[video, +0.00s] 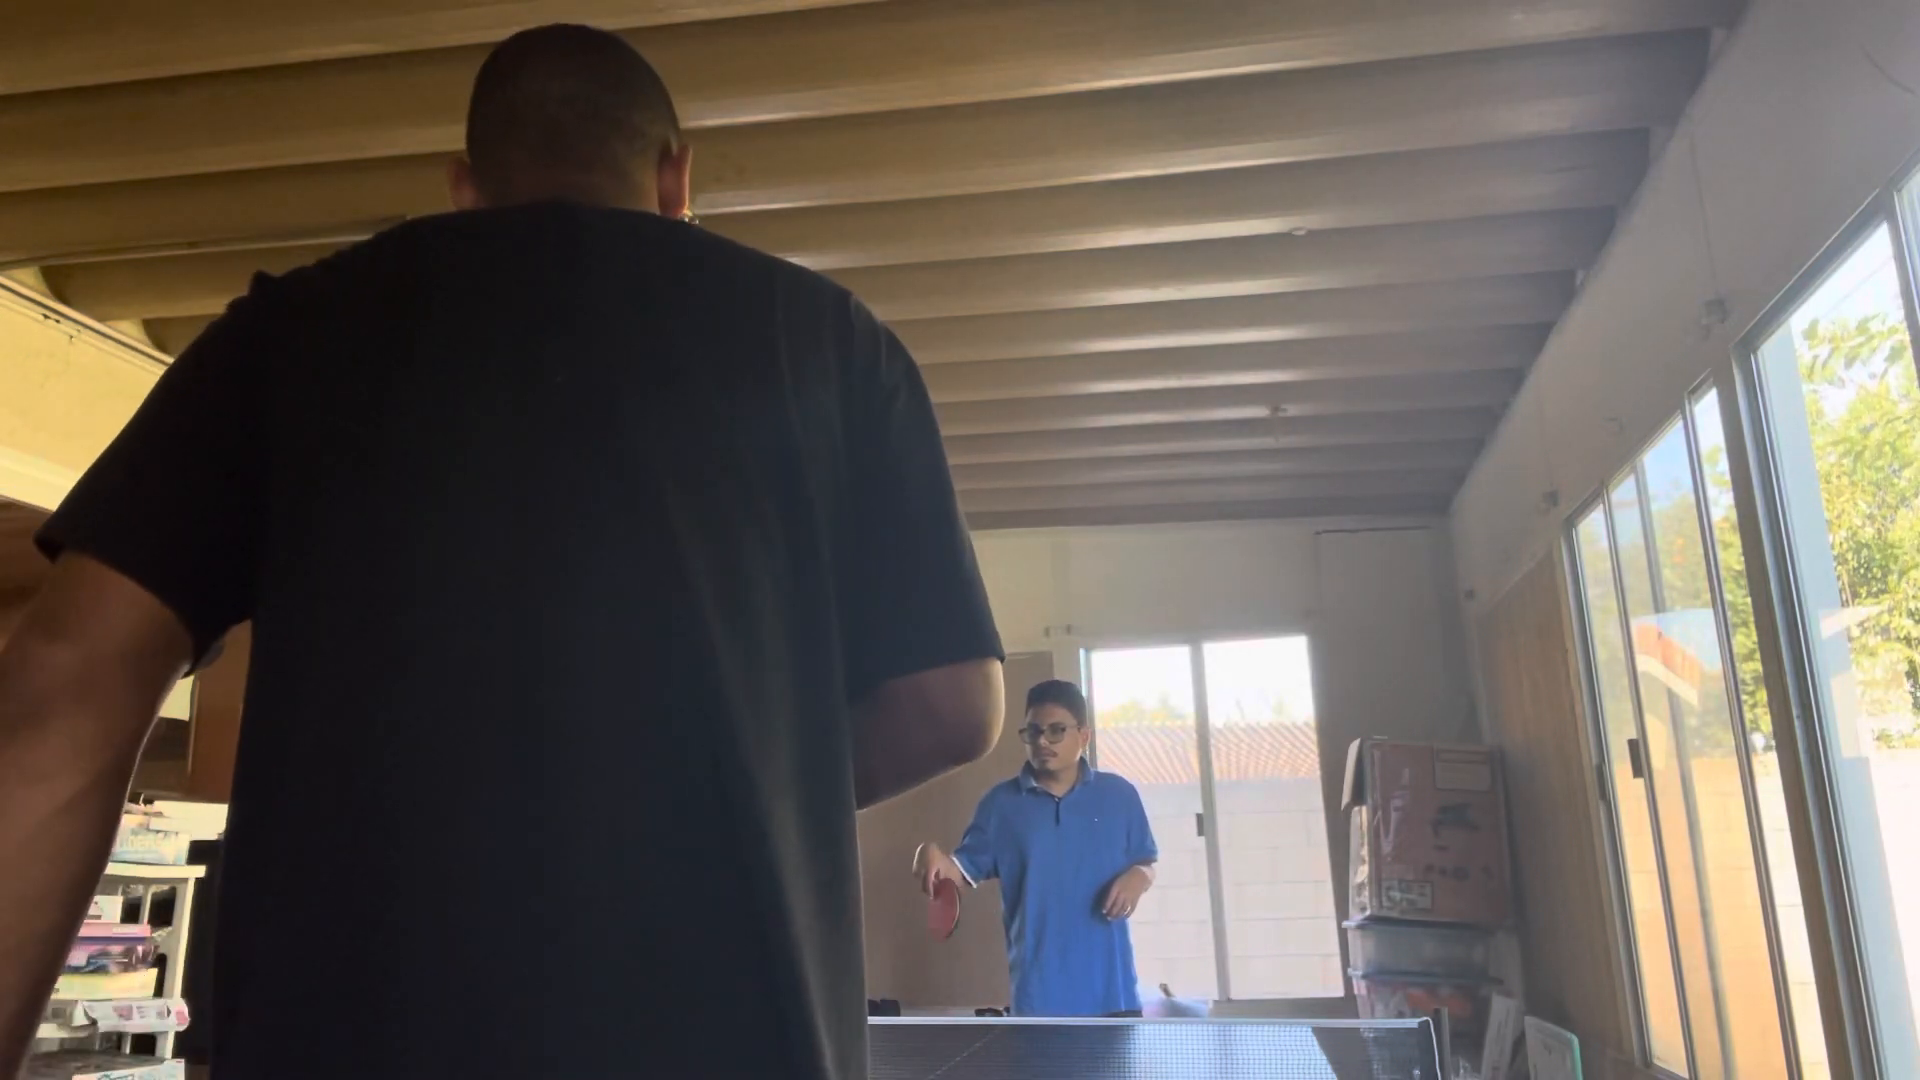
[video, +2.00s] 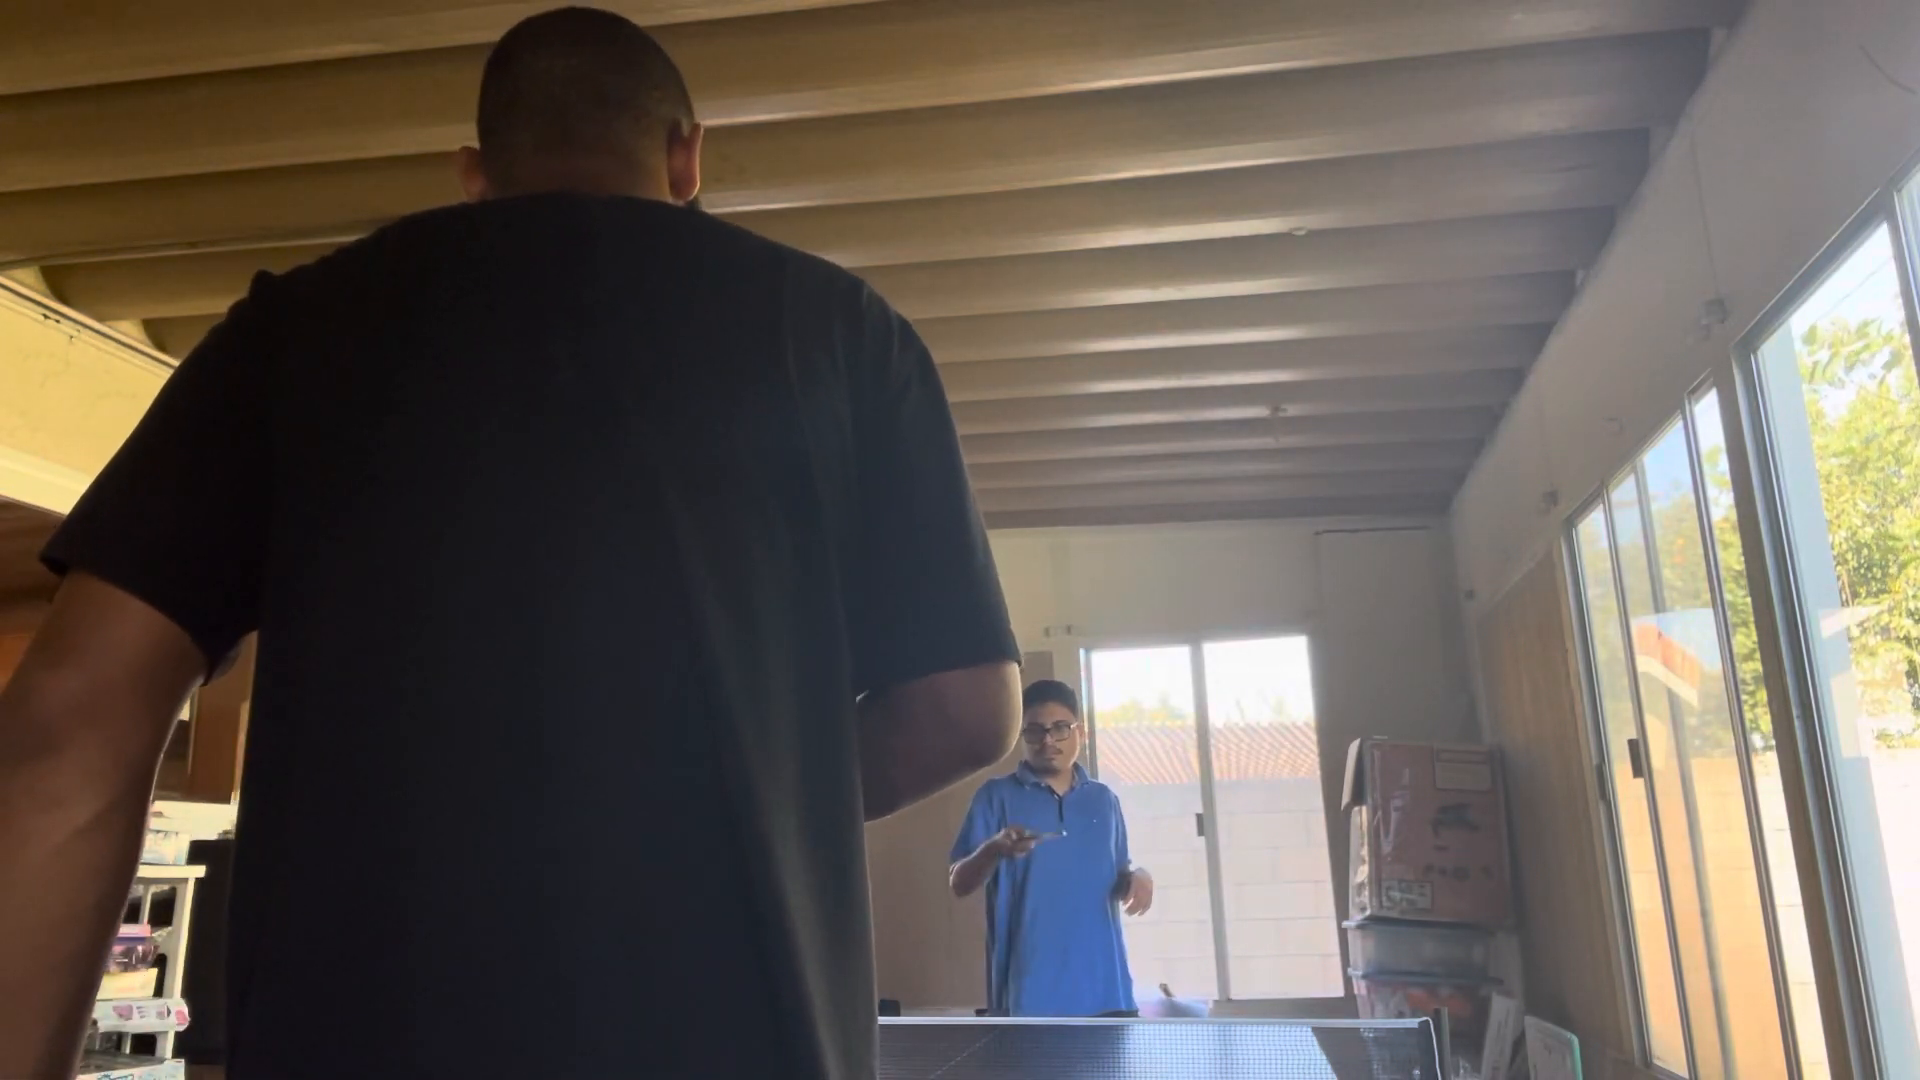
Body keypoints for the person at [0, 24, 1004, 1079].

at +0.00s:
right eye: (688, 184)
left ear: (462, 179)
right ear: (677, 181)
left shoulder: (298, 325)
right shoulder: (822, 331)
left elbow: (67, 687)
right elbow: (946, 707)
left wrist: (10, 1033)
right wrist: (733, 784)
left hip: (342, 1029)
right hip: (725, 1033)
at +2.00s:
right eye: (699, 166)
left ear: (474, 167)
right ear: (689, 163)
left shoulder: (303, 322)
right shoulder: (836, 321)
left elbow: (71, 712)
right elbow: (961, 710)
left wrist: (34, 1051)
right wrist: (749, 802)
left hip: (354, 1030)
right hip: (733, 1032)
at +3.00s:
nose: (796, 252)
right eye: (792, 237)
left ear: (590, 234)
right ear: (779, 232)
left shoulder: (410, 344)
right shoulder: (892, 315)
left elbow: (164, 676)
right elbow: (1094, 544)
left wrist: (165, 1064)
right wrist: (971, 763)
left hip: (452, 1028)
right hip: (862, 1029)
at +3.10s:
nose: (802, 254)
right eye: (800, 237)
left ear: (598, 234)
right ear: (787, 231)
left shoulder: (416, 343)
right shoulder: (919, 330)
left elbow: (170, 689)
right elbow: (1104, 616)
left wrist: (195, 1061)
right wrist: (993, 751)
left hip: (470, 1031)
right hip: (882, 1030)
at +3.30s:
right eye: (818, 233)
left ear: (626, 224)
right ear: (815, 234)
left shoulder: (447, 333)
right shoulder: (934, 333)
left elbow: (182, 678)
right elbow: (1120, 655)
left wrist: (222, 1056)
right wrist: (984, 650)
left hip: (483, 1039)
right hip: (872, 1041)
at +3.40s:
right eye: (826, 232)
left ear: (630, 221)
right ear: (821, 233)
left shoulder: (457, 334)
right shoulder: (946, 339)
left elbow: (199, 675)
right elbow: (1135, 650)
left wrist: (226, 1060)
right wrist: (990, 606)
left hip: (485, 1040)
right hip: (866, 1043)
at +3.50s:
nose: (832, 250)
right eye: (831, 233)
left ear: (629, 226)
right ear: (821, 230)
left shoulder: (463, 335)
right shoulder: (952, 344)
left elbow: (221, 677)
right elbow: (1133, 662)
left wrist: (230, 1061)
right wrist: (969, 589)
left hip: (503, 1037)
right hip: (884, 1039)